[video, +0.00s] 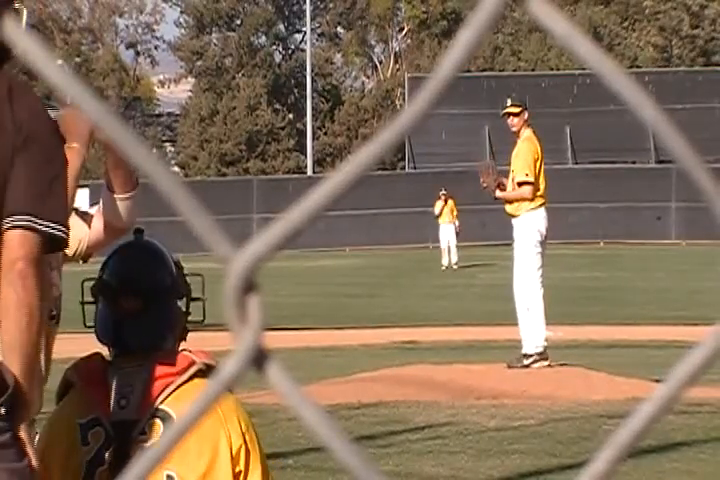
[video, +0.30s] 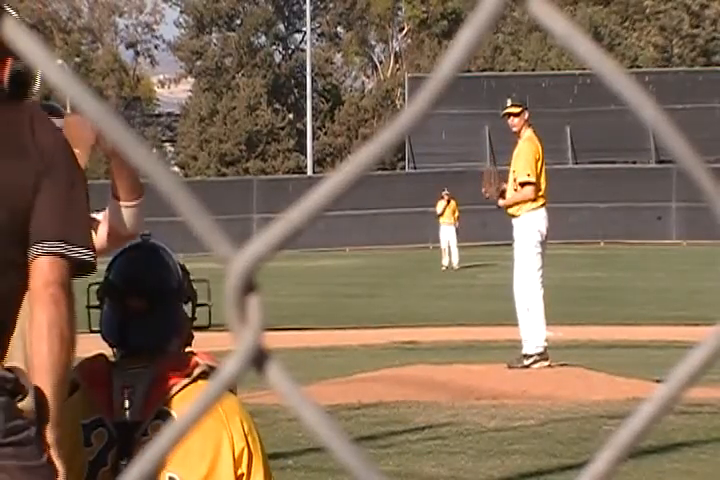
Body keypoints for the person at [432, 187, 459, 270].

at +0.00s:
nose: (443, 196)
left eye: (445, 194)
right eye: (442, 195)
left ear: (447, 195)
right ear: (440, 195)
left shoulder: (450, 202)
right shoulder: (438, 202)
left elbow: (454, 212)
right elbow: (436, 212)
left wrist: (456, 223)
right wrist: (442, 203)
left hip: (451, 223)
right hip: (442, 224)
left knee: (453, 243)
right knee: (443, 244)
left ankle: (454, 262)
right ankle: (444, 263)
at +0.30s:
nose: (446, 196)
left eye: (447, 195)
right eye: (445, 195)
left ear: (449, 195)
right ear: (442, 195)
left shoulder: (453, 203)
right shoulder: (440, 202)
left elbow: (456, 212)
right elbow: (438, 212)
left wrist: (456, 220)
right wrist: (445, 203)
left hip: (451, 224)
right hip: (443, 224)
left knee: (453, 244)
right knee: (444, 244)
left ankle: (455, 263)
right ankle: (444, 263)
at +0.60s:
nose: (451, 196)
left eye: (452, 194)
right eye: (449, 194)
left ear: (454, 194)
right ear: (447, 194)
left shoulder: (456, 202)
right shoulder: (444, 202)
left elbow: (460, 213)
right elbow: (442, 210)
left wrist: (461, 225)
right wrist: (449, 202)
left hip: (455, 224)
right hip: (446, 224)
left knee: (455, 244)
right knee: (445, 244)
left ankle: (455, 263)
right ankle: (444, 262)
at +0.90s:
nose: (453, 196)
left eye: (454, 194)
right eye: (451, 194)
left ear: (456, 195)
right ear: (449, 195)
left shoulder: (459, 203)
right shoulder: (447, 202)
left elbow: (463, 214)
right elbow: (443, 213)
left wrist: (465, 225)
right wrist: (450, 206)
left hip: (456, 224)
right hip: (448, 224)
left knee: (457, 244)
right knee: (448, 244)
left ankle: (455, 262)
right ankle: (448, 261)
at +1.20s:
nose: (452, 196)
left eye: (453, 194)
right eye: (450, 193)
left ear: (455, 195)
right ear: (448, 194)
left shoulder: (458, 203)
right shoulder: (446, 203)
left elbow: (462, 214)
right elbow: (443, 215)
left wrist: (462, 224)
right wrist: (442, 225)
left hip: (456, 225)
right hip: (448, 224)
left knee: (456, 243)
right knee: (448, 244)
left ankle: (457, 261)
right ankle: (448, 262)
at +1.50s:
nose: (445, 196)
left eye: (447, 194)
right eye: (444, 194)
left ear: (449, 195)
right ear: (442, 195)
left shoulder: (454, 203)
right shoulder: (441, 205)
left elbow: (458, 215)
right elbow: (439, 218)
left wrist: (458, 225)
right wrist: (437, 229)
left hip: (453, 225)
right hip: (445, 225)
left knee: (453, 244)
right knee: (445, 245)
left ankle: (456, 262)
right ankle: (447, 263)